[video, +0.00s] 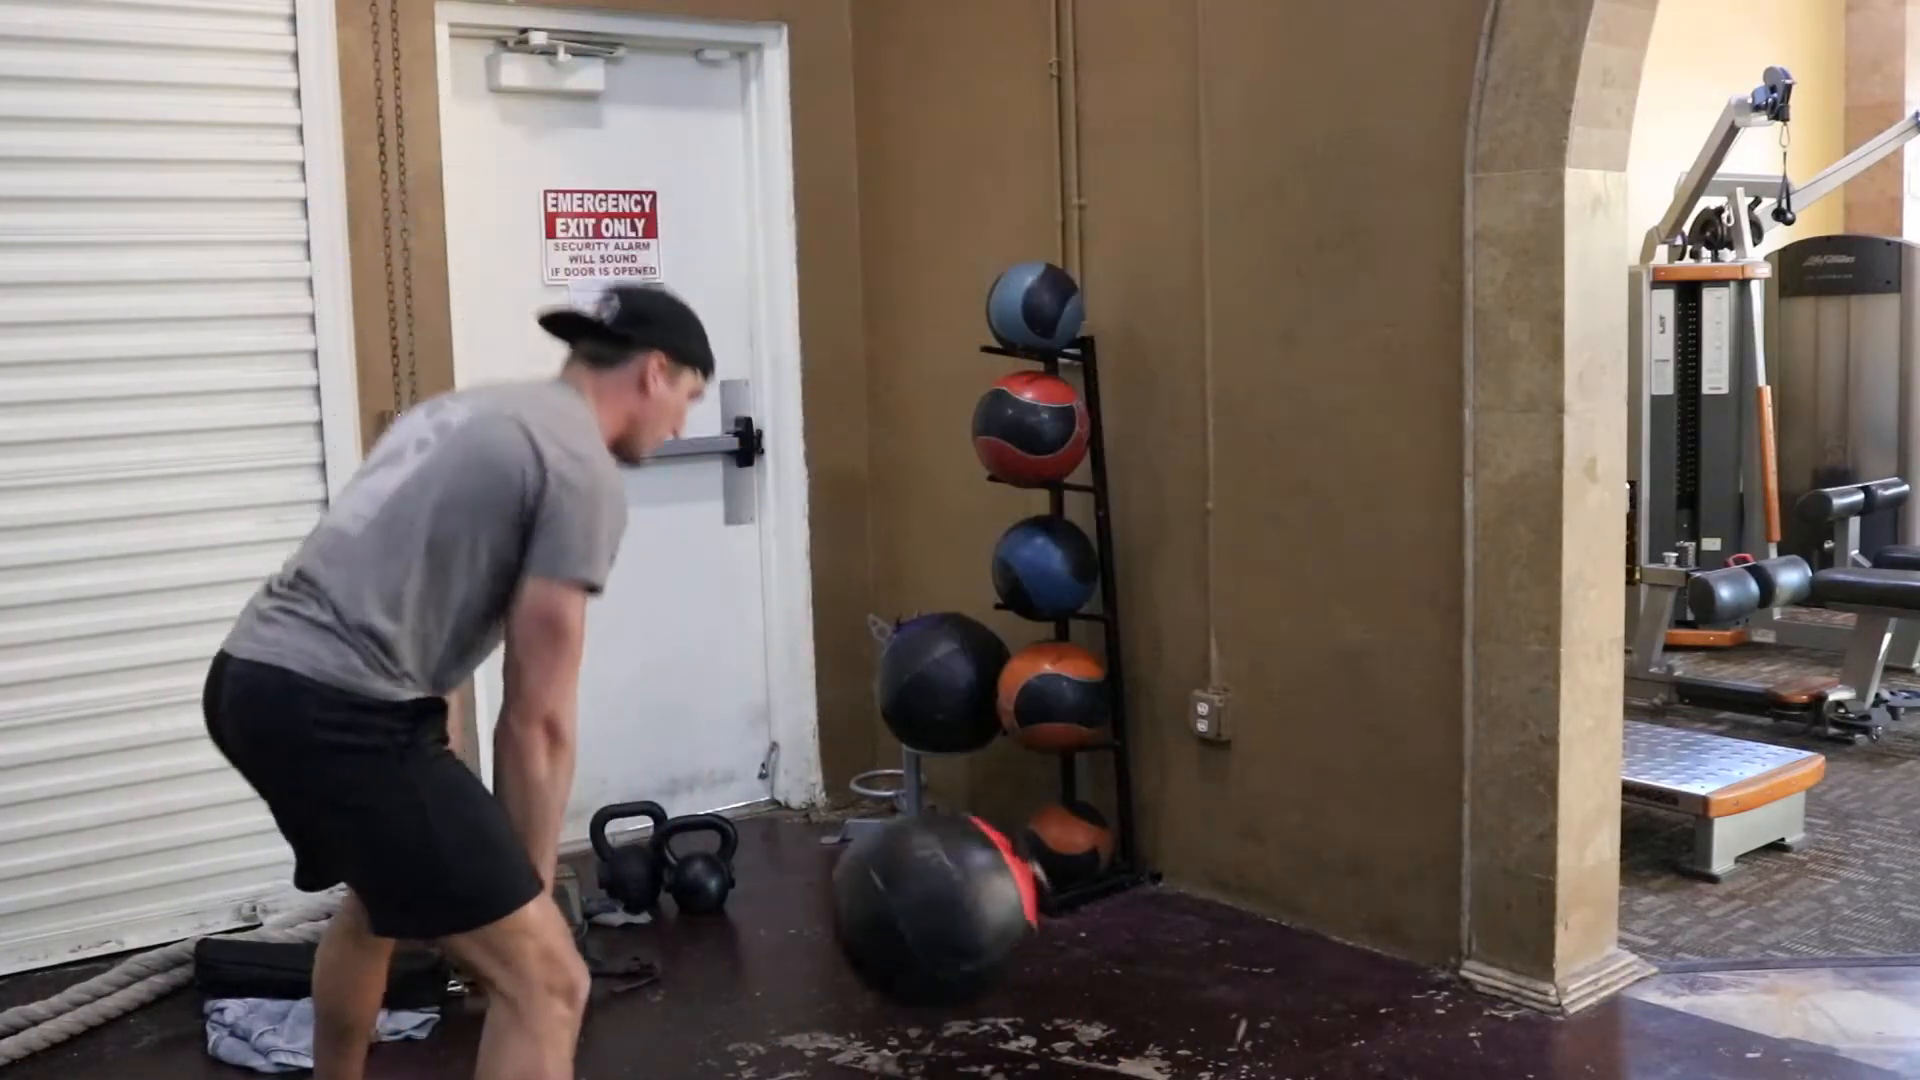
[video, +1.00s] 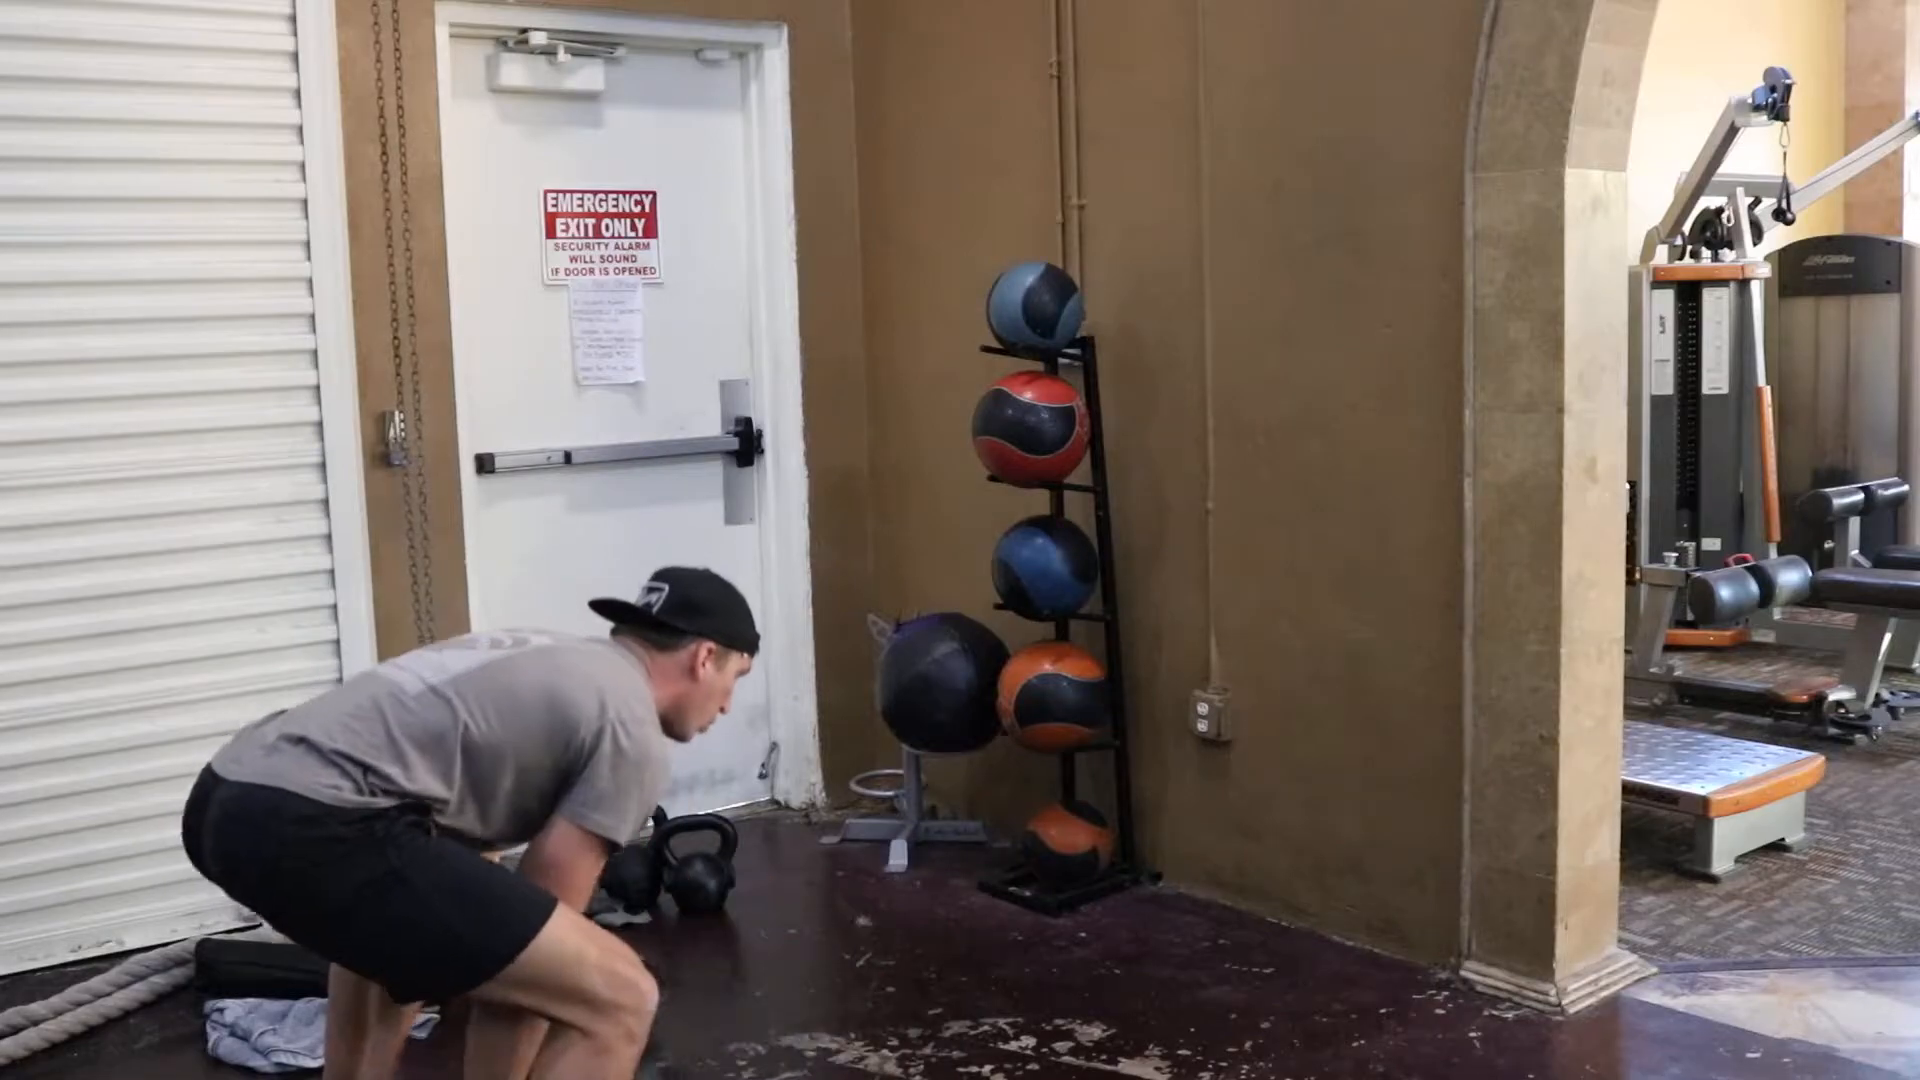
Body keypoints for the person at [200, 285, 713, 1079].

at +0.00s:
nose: (682, 423)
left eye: (692, 402)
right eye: (688, 396)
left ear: (594, 355)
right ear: (652, 371)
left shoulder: (463, 410)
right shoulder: (578, 466)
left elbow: (429, 676)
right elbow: (538, 726)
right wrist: (529, 906)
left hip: (247, 683)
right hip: (339, 708)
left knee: (377, 891)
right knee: (546, 983)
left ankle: (334, 1071)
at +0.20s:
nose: (703, 574)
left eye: (712, 552)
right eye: (710, 547)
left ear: (608, 505)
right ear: (674, 525)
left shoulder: (498, 536)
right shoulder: (595, 599)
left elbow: (470, 775)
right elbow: (598, 856)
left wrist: (502, 948)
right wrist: (649, 1020)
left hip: (226, 751)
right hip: (317, 771)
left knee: (393, 906)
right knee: (592, 988)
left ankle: (346, 1072)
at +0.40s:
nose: (691, 676)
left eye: (702, 656)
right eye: (699, 651)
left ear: (611, 606)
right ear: (664, 627)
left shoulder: (506, 631)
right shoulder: (598, 684)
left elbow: (601, 825)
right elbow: (727, 883)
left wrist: (717, 882)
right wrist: (839, 943)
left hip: (207, 824)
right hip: (295, 844)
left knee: (401, 927)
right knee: (613, 992)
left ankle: (355, 1069)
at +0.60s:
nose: (696, 698)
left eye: (704, 674)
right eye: (702, 671)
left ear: (611, 630)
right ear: (664, 649)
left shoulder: (521, 657)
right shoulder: (618, 714)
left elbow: (612, 866)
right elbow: (699, 917)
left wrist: (750, 947)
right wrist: (804, 980)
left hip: (200, 842)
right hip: (294, 861)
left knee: (396, 922)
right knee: (615, 991)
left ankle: (353, 1071)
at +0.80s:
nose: (715, 678)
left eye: (724, 655)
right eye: (721, 651)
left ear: (623, 607)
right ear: (686, 631)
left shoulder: (531, 630)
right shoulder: (632, 698)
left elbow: (462, 849)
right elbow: (556, 923)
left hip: (213, 804)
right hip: (314, 828)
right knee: (612, 991)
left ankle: (348, 1066)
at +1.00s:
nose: (730, 704)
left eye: (738, 682)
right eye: (735, 678)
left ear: (641, 633)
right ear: (702, 659)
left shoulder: (545, 654)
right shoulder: (630, 728)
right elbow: (531, 944)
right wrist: (492, 1065)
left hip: (225, 804)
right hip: (319, 825)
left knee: (391, 921)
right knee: (621, 998)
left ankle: (353, 1072)